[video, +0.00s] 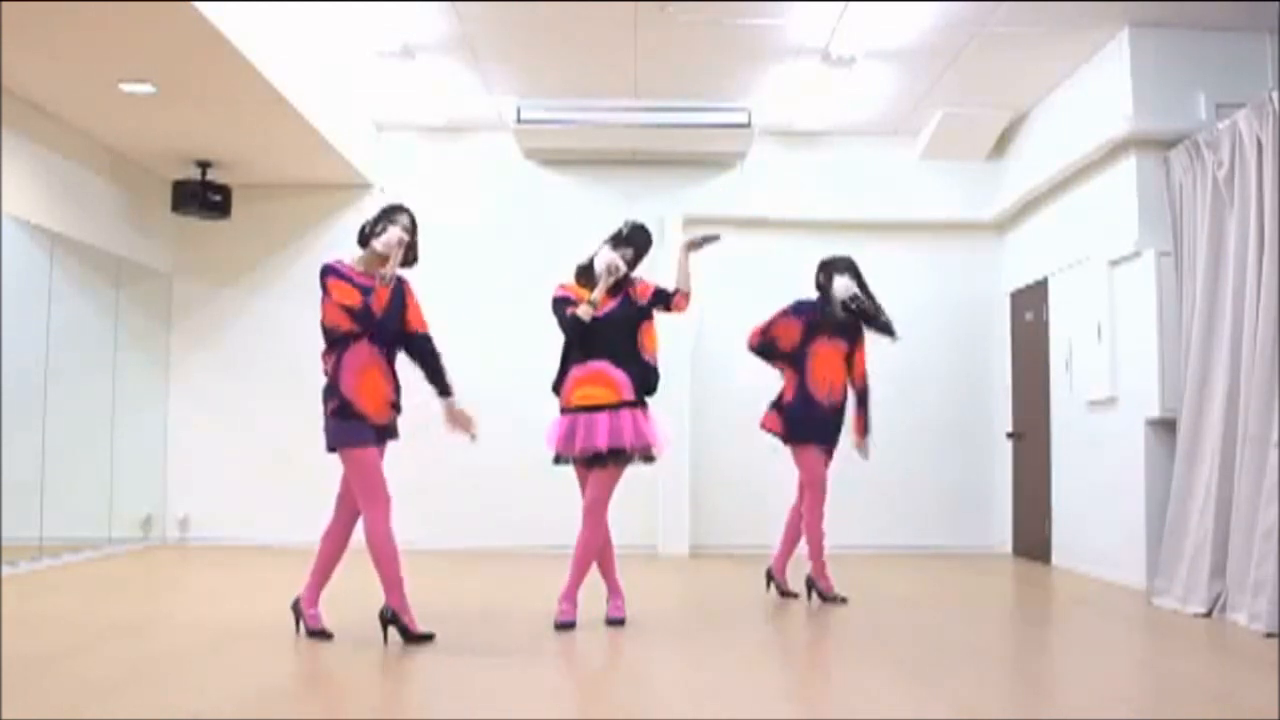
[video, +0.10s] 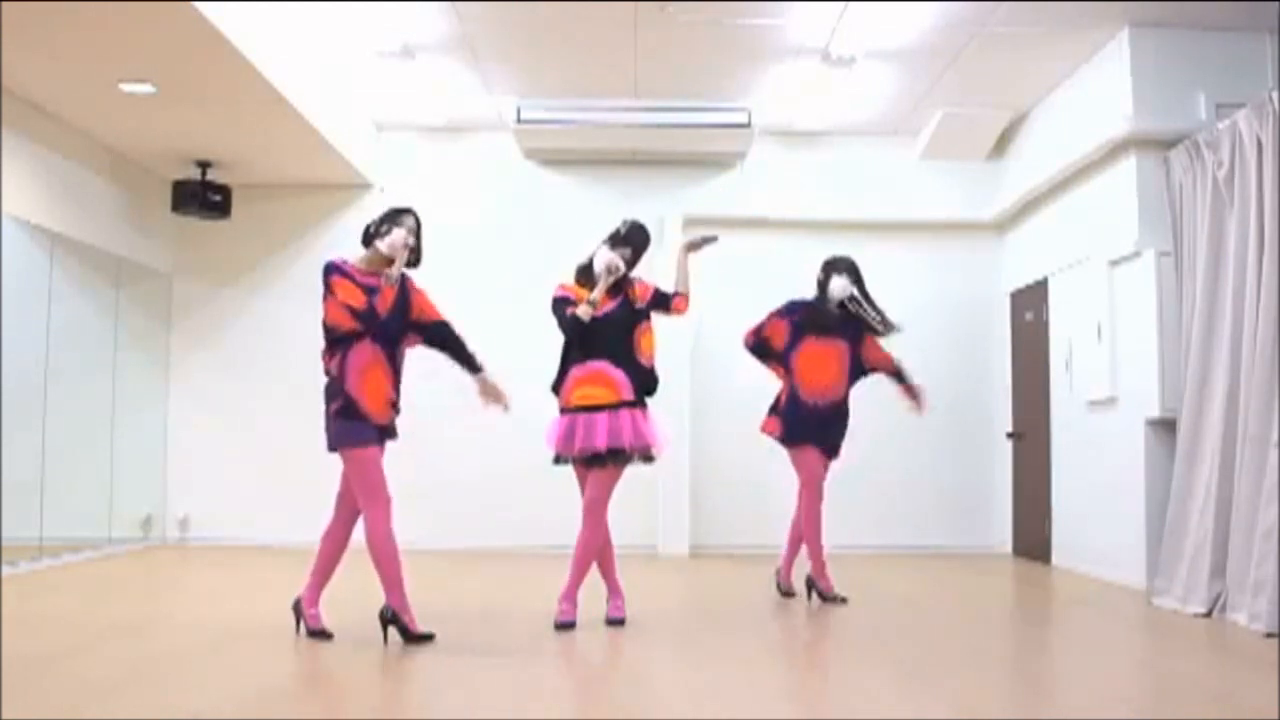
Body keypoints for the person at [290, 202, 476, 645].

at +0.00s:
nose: (397, 241)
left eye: (405, 239)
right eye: (392, 231)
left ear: (407, 249)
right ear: (371, 232)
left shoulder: (399, 289)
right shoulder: (335, 274)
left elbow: (420, 344)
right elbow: (363, 323)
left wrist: (448, 401)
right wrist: (387, 278)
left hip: (383, 409)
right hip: (346, 407)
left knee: (347, 508)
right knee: (376, 501)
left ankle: (308, 599)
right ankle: (397, 605)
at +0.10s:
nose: (405, 240)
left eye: (412, 238)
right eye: (400, 230)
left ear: (411, 251)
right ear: (376, 233)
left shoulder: (403, 288)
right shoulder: (340, 274)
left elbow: (439, 331)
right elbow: (372, 326)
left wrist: (479, 374)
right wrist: (397, 279)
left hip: (380, 408)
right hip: (347, 404)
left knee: (347, 507)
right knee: (376, 502)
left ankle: (309, 598)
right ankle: (396, 605)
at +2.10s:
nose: (365, 248)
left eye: (373, 242)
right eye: (359, 241)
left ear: (384, 249)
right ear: (351, 246)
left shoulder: (399, 296)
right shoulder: (332, 295)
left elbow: (406, 355)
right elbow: (325, 352)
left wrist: (407, 405)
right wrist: (323, 402)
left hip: (385, 404)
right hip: (339, 404)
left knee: (378, 495)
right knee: (344, 496)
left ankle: (373, 586)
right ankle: (348, 586)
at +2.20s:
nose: (366, 248)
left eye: (374, 242)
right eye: (360, 241)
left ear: (385, 249)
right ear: (351, 246)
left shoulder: (399, 297)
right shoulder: (332, 295)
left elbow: (406, 356)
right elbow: (325, 352)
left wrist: (407, 408)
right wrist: (323, 402)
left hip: (385, 404)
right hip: (339, 404)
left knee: (379, 495)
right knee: (345, 496)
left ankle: (373, 586)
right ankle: (348, 586)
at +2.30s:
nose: (367, 248)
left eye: (375, 242)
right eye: (361, 241)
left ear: (385, 249)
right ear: (351, 245)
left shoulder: (399, 297)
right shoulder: (332, 295)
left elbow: (406, 356)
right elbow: (325, 351)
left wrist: (406, 406)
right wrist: (323, 402)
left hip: (386, 405)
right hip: (339, 404)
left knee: (379, 494)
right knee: (344, 495)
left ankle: (373, 587)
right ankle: (348, 586)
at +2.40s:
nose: (367, 247)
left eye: (375, 242)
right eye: (361, 240)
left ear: (385, 249)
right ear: (351, 245)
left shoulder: (399, 297)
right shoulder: (332, 295)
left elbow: (406, 357)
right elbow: (325, 352)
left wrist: (406, 407)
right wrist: (322, 403)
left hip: (386, 406)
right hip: (339, 406)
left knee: (379, 493)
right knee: (344, 495)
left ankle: (374, 585)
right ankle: (348, 586)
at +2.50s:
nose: (367, 247)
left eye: (375, 241)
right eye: (361, 239)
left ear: (386, 248)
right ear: (351, 245)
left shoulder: (399, 297)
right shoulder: (332, 295)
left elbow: (406, 357)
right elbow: (322, 353)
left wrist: (406, 408)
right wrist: (320, 404)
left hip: (386, 408)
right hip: (339, 407)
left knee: (379, 494)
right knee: (344, 496)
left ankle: (374, 586)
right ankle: (348, 586)